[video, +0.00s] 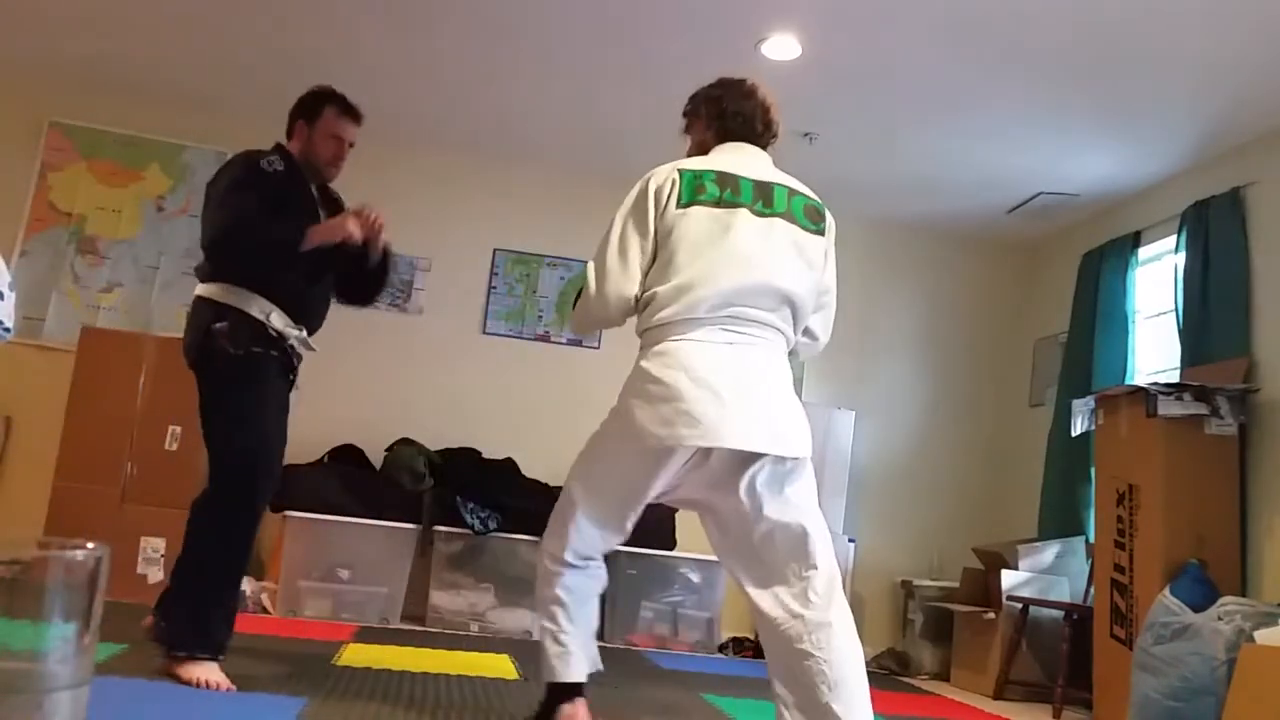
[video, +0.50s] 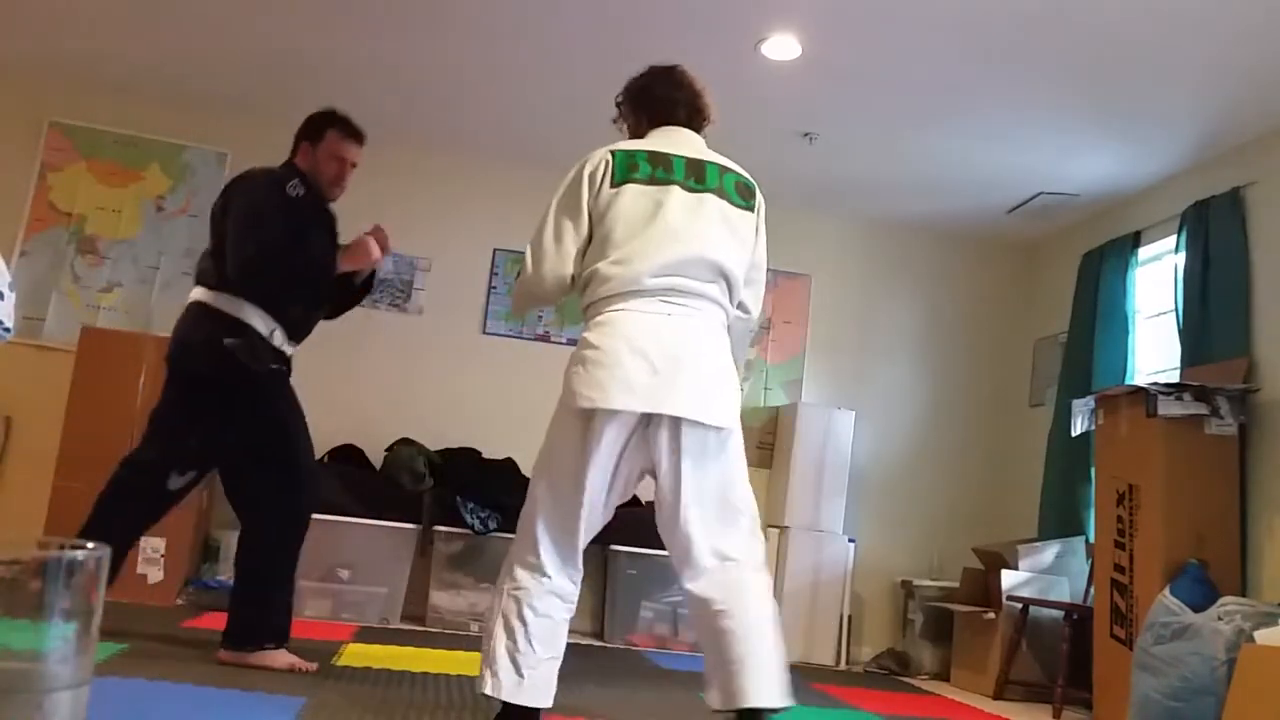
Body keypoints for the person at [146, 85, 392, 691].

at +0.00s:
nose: (342, 154)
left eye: (350, 145)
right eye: (334, 140)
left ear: (350, 149)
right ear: (300, 131)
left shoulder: (327, 205)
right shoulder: (255, 170)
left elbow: (356, 289)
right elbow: (233, 245)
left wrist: (373, 249)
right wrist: (321, 234)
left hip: (274, 348)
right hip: (236, 332)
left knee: (246, 489)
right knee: (242, 489)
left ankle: (178, 614)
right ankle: (192, 646)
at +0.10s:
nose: (352, 157)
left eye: (358, 149)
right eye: (344, 143)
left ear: (354, 150)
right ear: (309, 133)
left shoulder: (333, 211)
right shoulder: (256, 174)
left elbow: (326, 302)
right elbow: (212, 257)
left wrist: (352, 275)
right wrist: (294, 255)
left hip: (269, 346)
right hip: (232, 330)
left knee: (232, 482)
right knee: (275, 471)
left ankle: (170, 619)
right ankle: (223, 633)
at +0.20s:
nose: (362, 165)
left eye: (369, 156)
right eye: (355, 150)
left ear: (364, 156)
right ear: (319, 139)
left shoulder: (341, 218)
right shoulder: (259, 177)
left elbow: (322, 314)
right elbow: (210, 254)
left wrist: (348, 301)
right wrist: (294, 279)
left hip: (263, 341)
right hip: (231, 332)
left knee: (216, 485)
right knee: (286, 474)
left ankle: (170, 620)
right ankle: (250, 633)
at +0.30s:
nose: (364, 168)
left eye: (371, 159)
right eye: (358, 154)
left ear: (364, 159)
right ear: (323, 143)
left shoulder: (335, 213)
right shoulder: (273, 180)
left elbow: (322, 293)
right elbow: (221, 256)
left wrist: (363, 292)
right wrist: (300, 294)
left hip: (250, 346)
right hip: (243, 344)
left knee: (194, 482)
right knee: (280, 493)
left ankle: (157, 614)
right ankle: (253, 639)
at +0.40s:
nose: (360, 168)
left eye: (366, 160)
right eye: (353, 154)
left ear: (362, 161)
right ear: (319, 143)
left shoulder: (331, 218)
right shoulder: (274, 180)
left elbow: (317, 296)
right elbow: (240, 260)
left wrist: (372, 281)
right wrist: (327, 275)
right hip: (242, 348)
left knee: (174, 475)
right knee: (277, 494)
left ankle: (105, 596)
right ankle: (249, 637)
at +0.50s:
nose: (347, 175)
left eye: (353, 167)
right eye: (340, 161)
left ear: (349, 169)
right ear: (306, 151)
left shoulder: (319, 221)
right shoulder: (264, 188)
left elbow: (318, 302)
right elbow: (256, 266)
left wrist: (364, 278)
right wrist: (342, 259)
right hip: (230, 350)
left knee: (153, 477)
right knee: (284, 498)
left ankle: (66, 600)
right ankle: (253, 640)